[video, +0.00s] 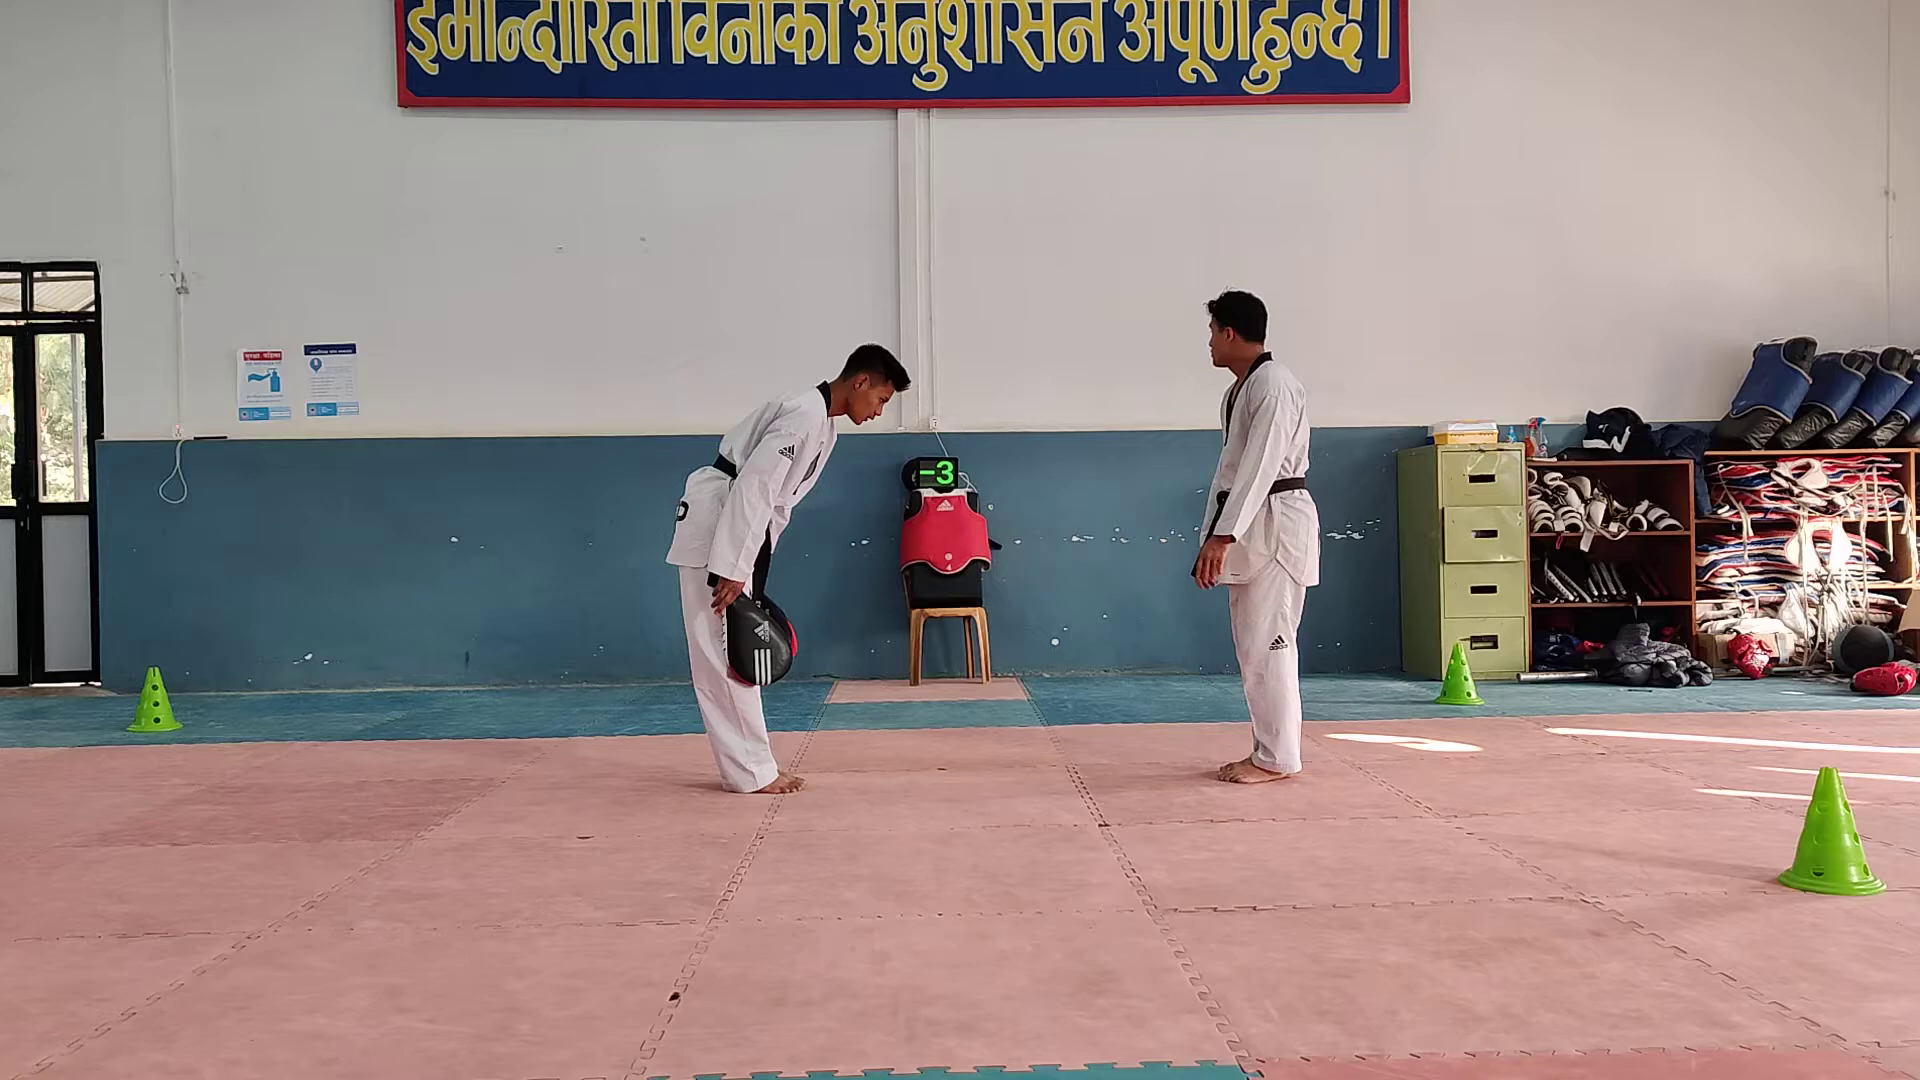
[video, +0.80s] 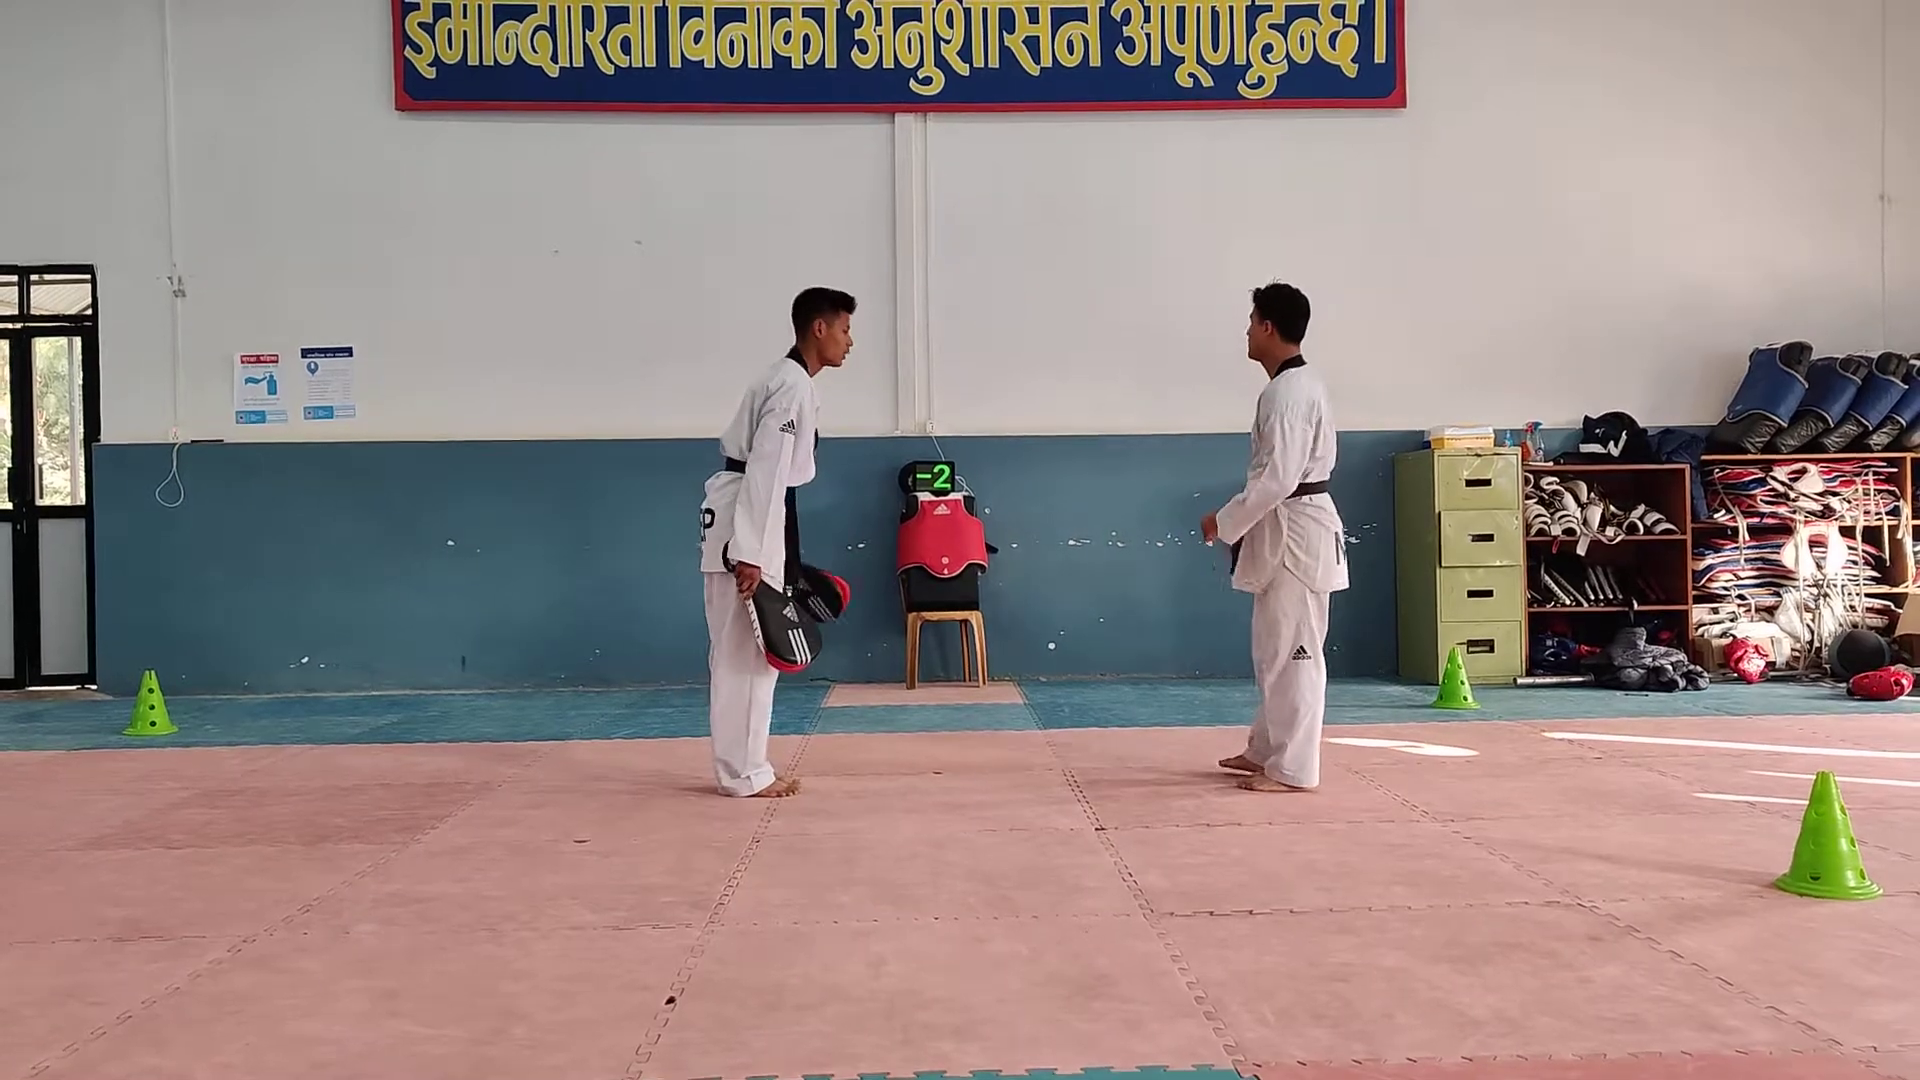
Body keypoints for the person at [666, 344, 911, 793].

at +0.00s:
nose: (880, 411)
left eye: (886, 403)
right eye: (881, 399)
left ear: (859, 385)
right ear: (860, 381)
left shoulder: (822, 427)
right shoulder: (805, 415)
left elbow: (778, 505)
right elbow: (751, 488)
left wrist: (753, 578)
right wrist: (735, 567)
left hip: (733, 526)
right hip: (712, 524)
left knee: (735, 648)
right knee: (721, 650)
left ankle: (754, 767)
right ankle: (748, 772)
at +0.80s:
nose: (850, 340)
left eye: (850, 329)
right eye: (844, 328)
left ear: (813, 330)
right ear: (818, 329)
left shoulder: (789, 382)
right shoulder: (791, 386)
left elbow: (776, 484)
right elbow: (763, 475)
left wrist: (788, 561)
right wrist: (751, 552)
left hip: (747, 531)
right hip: (742, 534)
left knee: (752, 656)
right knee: (745, 656)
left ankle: (747, 770)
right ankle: (740, 774)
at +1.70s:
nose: (781, 304)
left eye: (776, 294)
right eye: (772, 296)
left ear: (741, 308)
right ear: (748, 305)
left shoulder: (719, 368)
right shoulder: (763, 361)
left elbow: (730, 457)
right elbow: (768, 451)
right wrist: (780, 524)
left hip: (726, 506)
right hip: (760, 506)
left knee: (738, 629)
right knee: (800, 625)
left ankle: (731, 753)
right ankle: (760, 751)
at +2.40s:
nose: (814, 298)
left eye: (810, 287)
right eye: (806, 288)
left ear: (771, 298)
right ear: (780, 295)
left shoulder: (726, 357)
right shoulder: (801, 356)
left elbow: (698, 433)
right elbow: (818, 447)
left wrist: (729, 487)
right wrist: (844, 525)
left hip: (729, 494)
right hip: (779, 491)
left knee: (724, 627)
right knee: (794, 627)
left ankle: (708, 748)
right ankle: (802, 757)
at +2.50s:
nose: (825, 302)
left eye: (823, 292)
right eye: (818, 293)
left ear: (782, 300)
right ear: (793, 298)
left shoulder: (734, 353)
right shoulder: (807, 358)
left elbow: (700, 425)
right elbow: (838, 448)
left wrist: (727, 473)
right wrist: (892, 508)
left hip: (726, 487)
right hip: (773, 487)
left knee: (723, 624)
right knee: (789, 622)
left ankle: (706, 749)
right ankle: (798, 758)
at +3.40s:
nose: (779, 318)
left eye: (778, 308)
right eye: (772, 308)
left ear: (737, 314)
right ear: (744, 311)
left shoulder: (691, 370)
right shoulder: (741, 371)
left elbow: (709, 457)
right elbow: (765, 448)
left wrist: (768, 468)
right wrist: (841, 447)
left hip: (677, 502)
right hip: (717, 504)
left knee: (702, 626)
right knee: (772, 620)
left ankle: (648, 735)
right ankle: (807, 749)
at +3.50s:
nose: (749, 309)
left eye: (748, 299)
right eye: (741, 299)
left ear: (716, 304)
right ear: (711, 301)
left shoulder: (699, 363)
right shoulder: (692, 358)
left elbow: (710, 450)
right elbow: (685, 435)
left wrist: (764, 478)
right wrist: (759, 434)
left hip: (659, 489)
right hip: (679, 487)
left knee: (692, 619)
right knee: (751, 603)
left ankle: (653, 733)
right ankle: (811, 737)